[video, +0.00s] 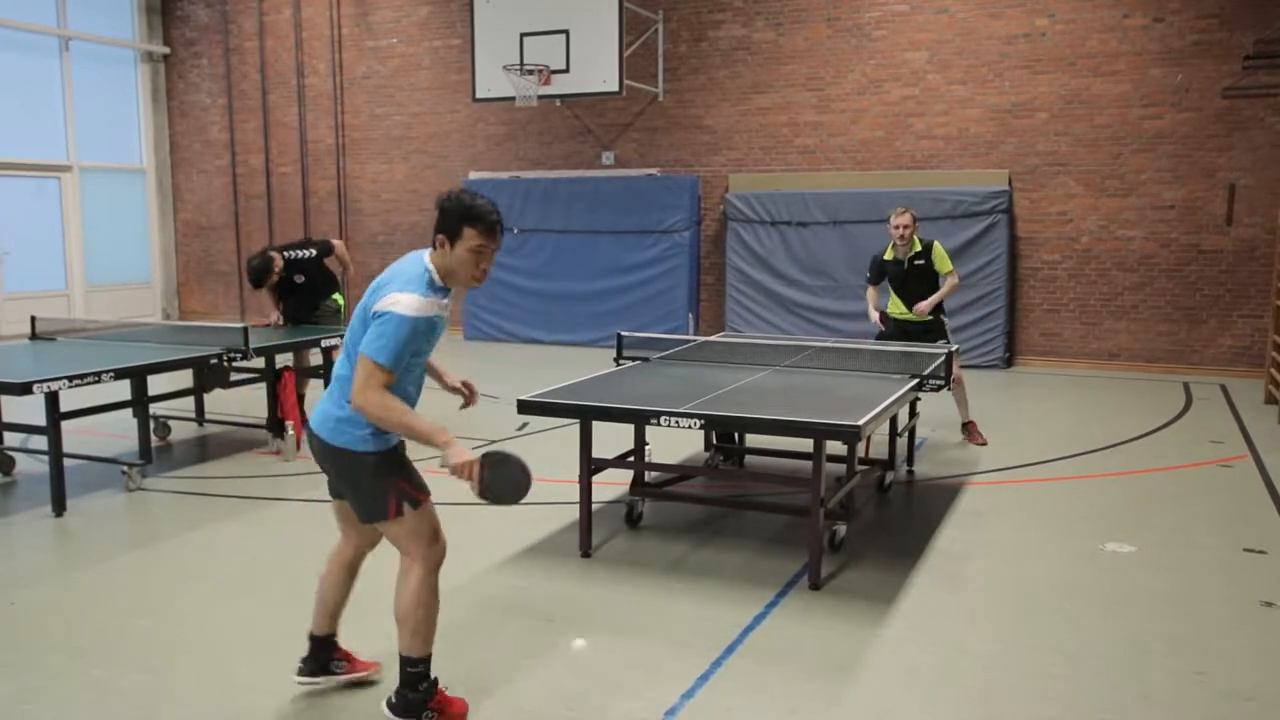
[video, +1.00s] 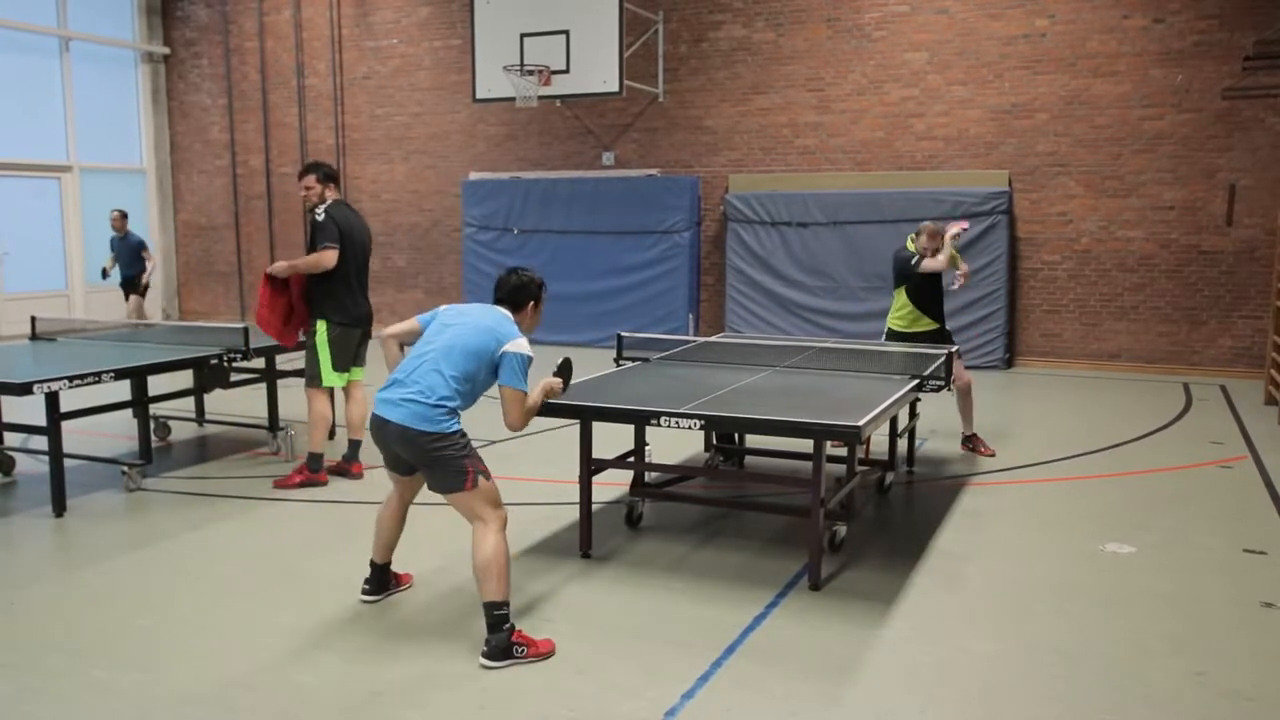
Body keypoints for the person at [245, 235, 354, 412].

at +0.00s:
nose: (271, 285)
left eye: (271, 281)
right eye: (267, 284)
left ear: (275, 268)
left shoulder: (303, 254)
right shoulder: (266, 266)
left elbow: (338, 246)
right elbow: (270, 288)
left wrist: (348, 269)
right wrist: (274, 310)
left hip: (325, 300)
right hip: (295, 308)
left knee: (331, 353)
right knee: (299, 355)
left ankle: (338, 407)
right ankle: (298, 408)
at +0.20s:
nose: (284, 193)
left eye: (287, 186)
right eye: (283, 187)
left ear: (308, 185)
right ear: (313, 187)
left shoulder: (305, 221)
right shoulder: (340, 219)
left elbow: (297, 271)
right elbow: (334, 265)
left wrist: (271, 278)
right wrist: (288, 266)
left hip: (313, 322)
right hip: (344, 317)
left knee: (302, 393)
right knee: (346, 388)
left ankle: (299, 472)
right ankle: (352, 460)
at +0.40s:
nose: (293, 193)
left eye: (296, 186)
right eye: (291, 188)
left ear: (316, 185)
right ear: (320, 187)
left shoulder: (318, 218)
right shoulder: (346, 218)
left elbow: (312, 268)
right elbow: (348, 270)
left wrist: (285, 272)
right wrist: (300, 271)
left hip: (324, 320)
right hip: (352, 317)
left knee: (300, 387)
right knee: (351, 387)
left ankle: (309, 466)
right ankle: (352, 460)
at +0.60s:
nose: (300, 192)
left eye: (305, 186)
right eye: (298, 187)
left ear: (325, 185)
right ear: (328, 188)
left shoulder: (322, 217)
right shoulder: (350, 218)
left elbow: (318, 265)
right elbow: (352, 271)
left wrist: (288, 273)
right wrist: (304, 280)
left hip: (327, 319)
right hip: (355, 316)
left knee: (313, 390)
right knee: (353, 387)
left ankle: (314, 466)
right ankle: (352, 460)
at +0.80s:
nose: (304, 193)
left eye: (310, 187)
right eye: (303, 188)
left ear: (330, 188)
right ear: (332, 191)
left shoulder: (325, 215)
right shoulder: (353, 218)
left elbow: (325, 262)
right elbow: (349, 269)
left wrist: (291, 275)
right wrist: (300, 276)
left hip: (331, 319)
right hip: (359, 315)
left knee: (314, 389)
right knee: (355, 386)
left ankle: (314, 466)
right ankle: (353, 460)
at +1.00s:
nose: (304, 195)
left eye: (309, 189)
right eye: (302, 190)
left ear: (329, 188)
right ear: (334, 192)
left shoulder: (326, 215)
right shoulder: (356, 219)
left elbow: (327, 259)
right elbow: (354, 267)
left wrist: (288, 266)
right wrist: (308, 270)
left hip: (332, 318)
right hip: (359, 315)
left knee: (317, 389)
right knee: (354, 385)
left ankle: (314, 466)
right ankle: (352, 460)